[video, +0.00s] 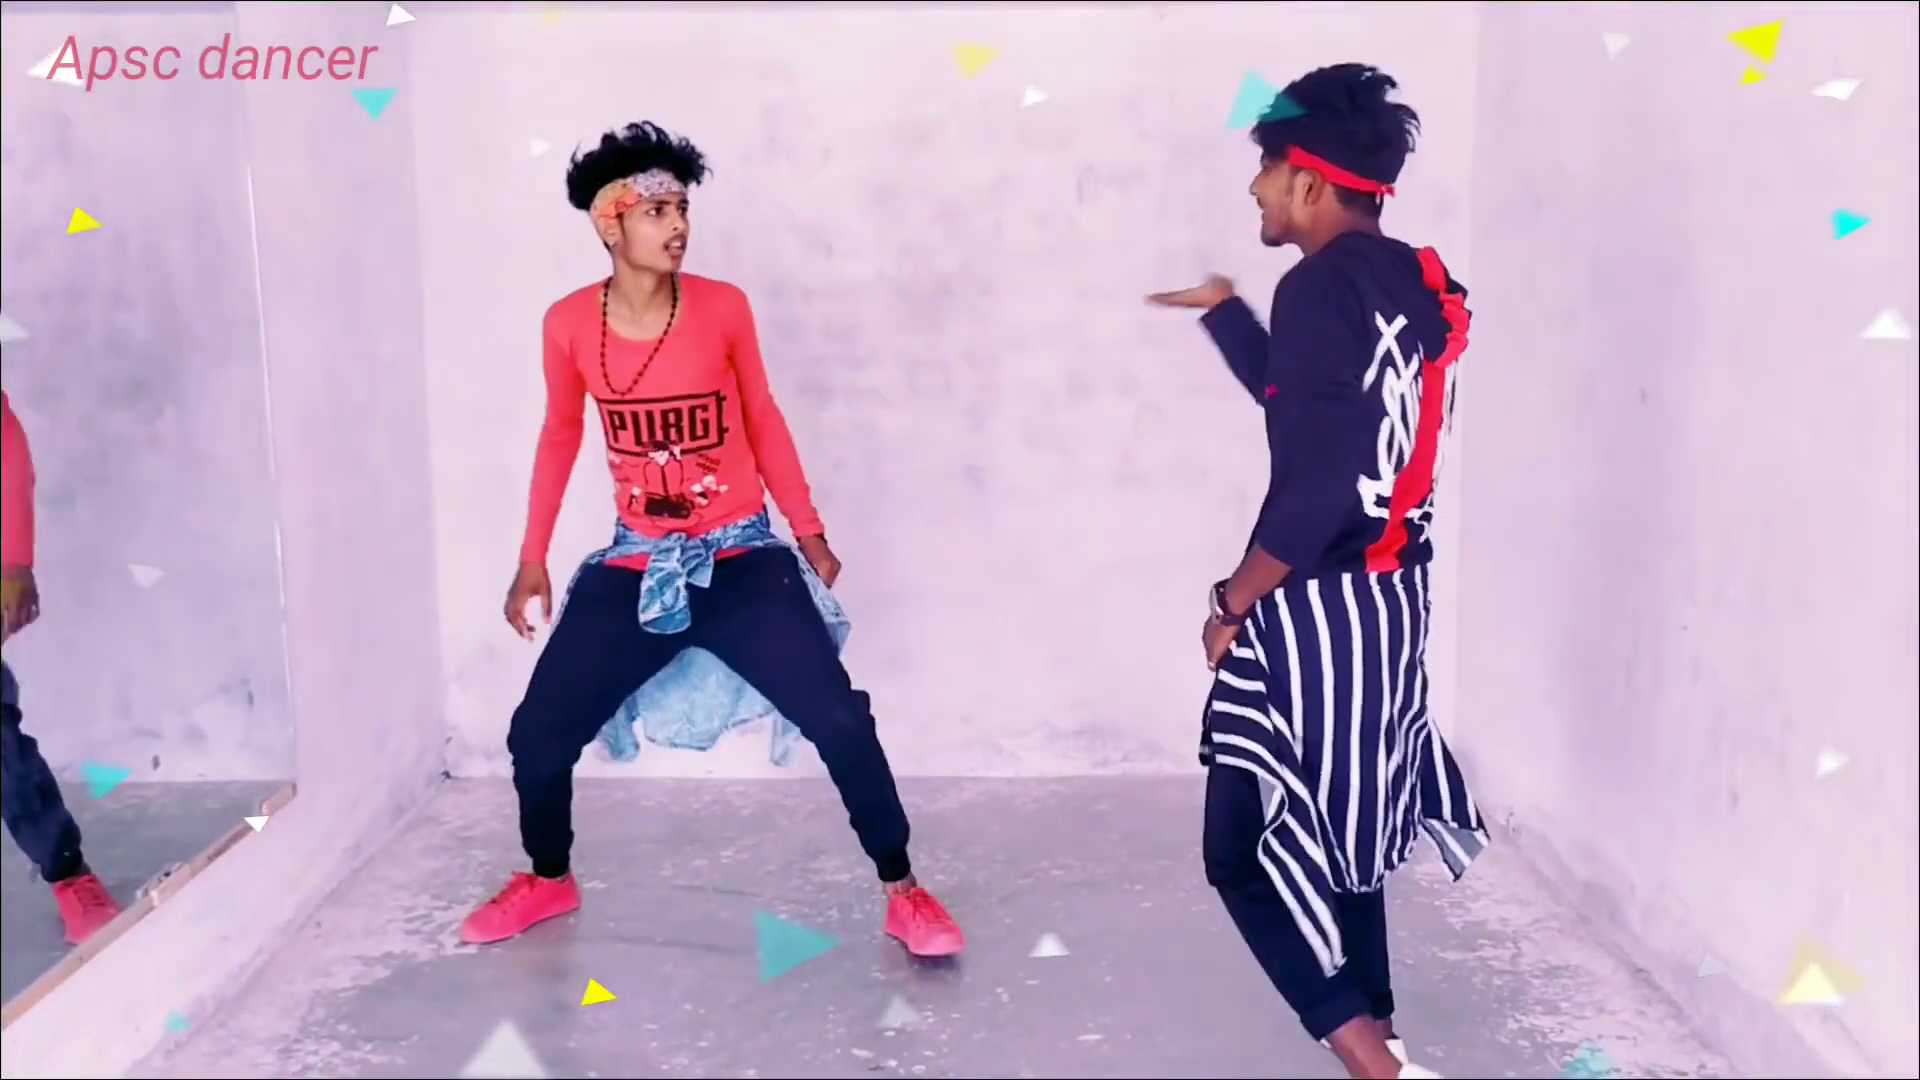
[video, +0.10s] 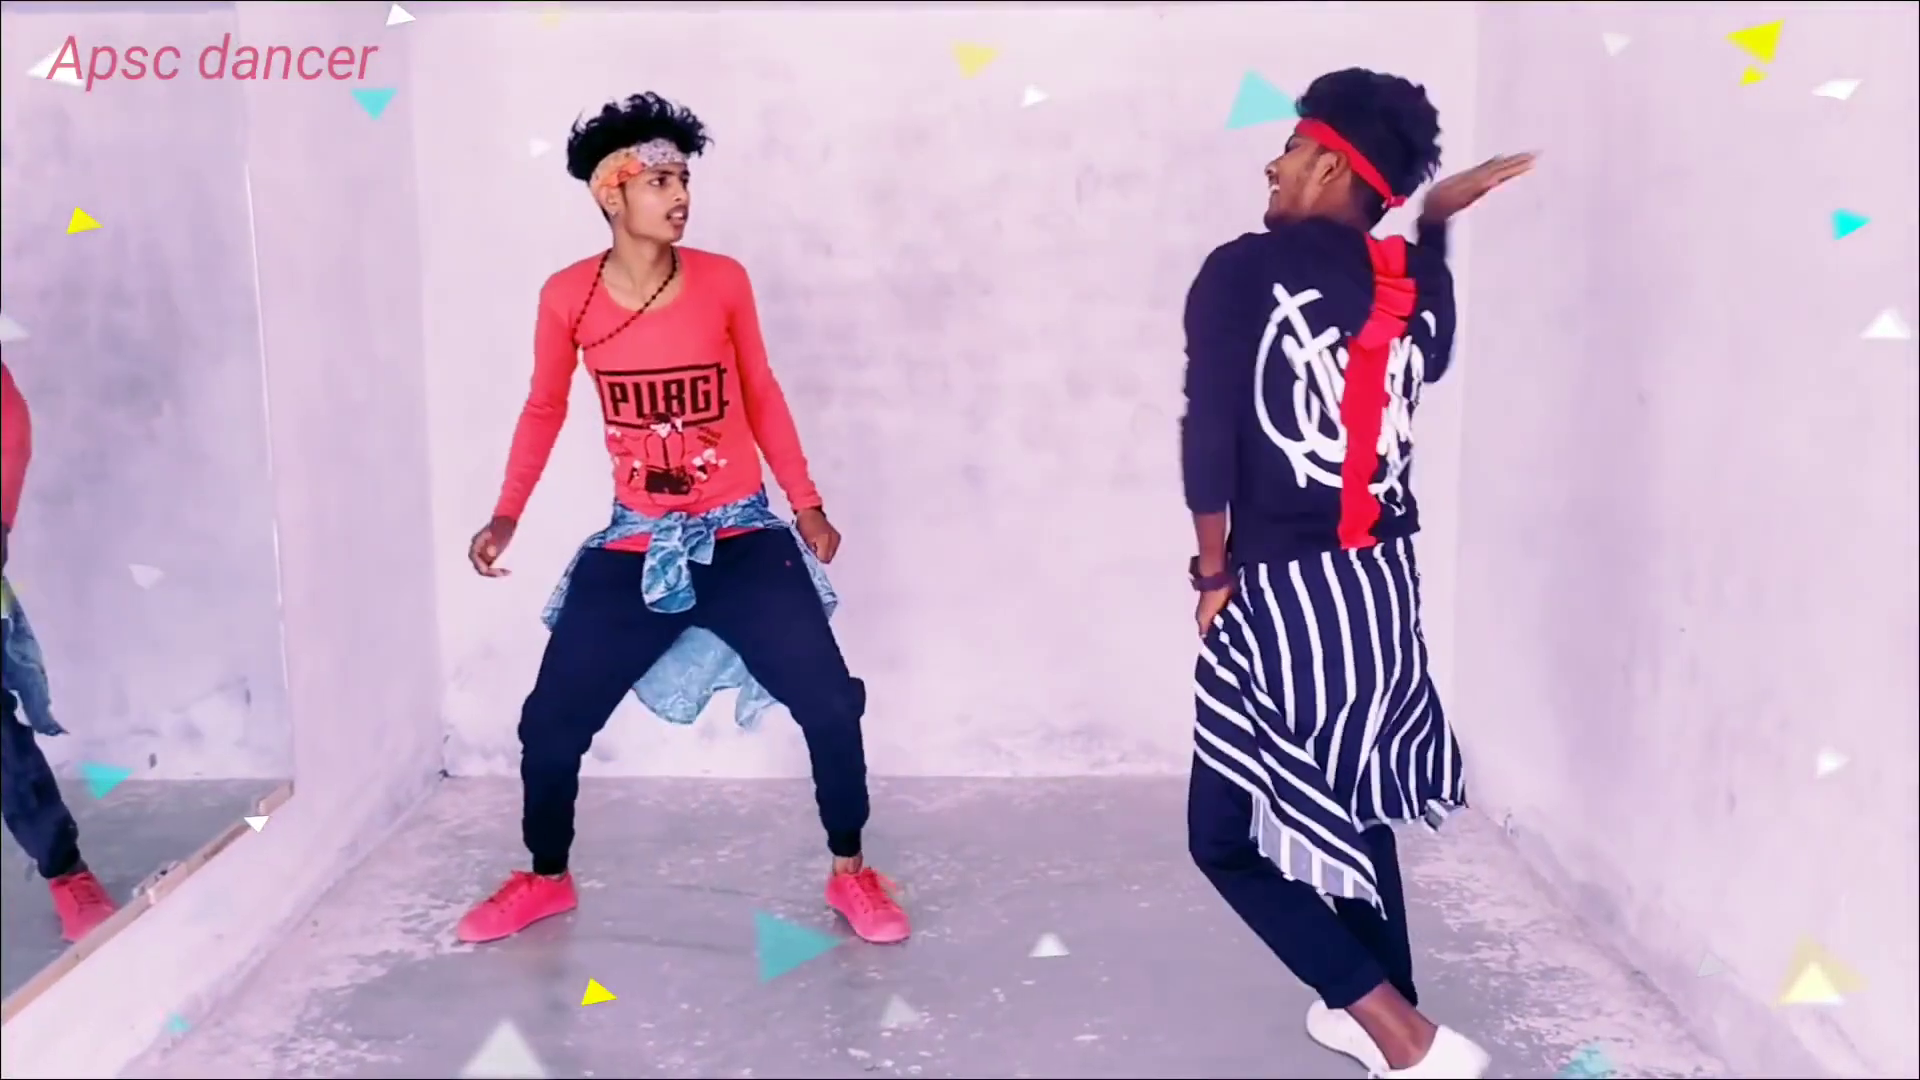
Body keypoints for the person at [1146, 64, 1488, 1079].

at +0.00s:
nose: (1256, 184)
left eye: (1268, 164)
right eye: (1262, 162)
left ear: (1313, 178)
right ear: (1347, 183)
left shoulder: (1318, 286)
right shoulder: (1400, 279)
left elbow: (1322, 475)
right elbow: (1299, 405)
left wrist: (1236, 599)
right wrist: (1224, 309)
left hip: (1307, 606)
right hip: (1377, 600)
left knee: (1238, 849)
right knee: (1347, 843)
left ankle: (1375, 1065)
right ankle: (1371, 1059)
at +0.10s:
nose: (1276, 159)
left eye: (1301, 146)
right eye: (1291, 140)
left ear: (1340, 172)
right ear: (1379, 185)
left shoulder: (1242, 268)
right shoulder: (1410, 274)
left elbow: (1213, 421)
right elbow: (1433, 356)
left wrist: (1214, 563)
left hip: (1279, 594)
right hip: (1384, 586)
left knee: (1225, 843)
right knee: (1355, 813)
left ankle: (1410, 1043)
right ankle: (1377, 1012)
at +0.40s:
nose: (1172, 188)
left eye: (1184, 173)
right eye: (1179, 170)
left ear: (1224, 184)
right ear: (1267, 187)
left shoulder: (1178, 284)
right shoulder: (1340, 289)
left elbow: (1185, 427)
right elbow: (1432, 433)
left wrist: (1166, 548)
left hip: (1224, 582)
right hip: (1320, 579)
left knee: (1134, 781)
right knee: (1298, 802)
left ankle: (1206, 1010)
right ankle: (1364, 1020)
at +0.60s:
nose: (1120, 183)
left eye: (1128, 164)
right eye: (1124, 163)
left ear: (1167, 168)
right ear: (1211, 168)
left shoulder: (1185, 264)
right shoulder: (1282, 265)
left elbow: (1205, 435)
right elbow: (1339, 429)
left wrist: (1142, 545)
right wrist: (1269, 512)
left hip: (1196, 551)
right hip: (1256, 548)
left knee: (1140, 773)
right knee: (1192, 752)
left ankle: (1209, 1018)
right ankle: (1293, 934)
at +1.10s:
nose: (1087, 234)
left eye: (1092, 214)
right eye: (1081, 217)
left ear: (1143, 189)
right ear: (1127, 193)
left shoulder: (1240, 256)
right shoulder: (1127, 271)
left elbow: (1247, 424)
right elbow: (1121, 409)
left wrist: (1127, 498)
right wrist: (1079, 505)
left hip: (1215, 541)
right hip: (1135, 537)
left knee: (1193, 745)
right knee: (1124, 737)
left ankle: (1222, 978)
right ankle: (1154, 912)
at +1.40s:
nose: (1123, 173)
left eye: (1136, 156)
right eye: (1125, 155)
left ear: (1188, 162)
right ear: (1175, 163)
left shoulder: (1285, 252)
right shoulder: (1136, 266)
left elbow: (1360, 370)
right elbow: (1122, 393)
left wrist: (1324, 496)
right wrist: (1111, 503)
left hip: (1262, 524)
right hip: (1162, 531)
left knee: (1301, 721)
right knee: (1161, 727)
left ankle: (1346, 891)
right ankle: (1158, 909)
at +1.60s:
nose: (1186, 177)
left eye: (1200, 161)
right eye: (1188, 159)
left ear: (1254, 168)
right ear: (1231, 164)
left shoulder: (1344, 257)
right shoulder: (1190, 273)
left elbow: (1399, 378)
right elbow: (1175, 403)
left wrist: (1372, 505)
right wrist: (1163, 516)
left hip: (1323, 528)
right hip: (1217, 533)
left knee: (1363, 718)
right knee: (1192, 726)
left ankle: (1416, 902)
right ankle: (1162, 908)